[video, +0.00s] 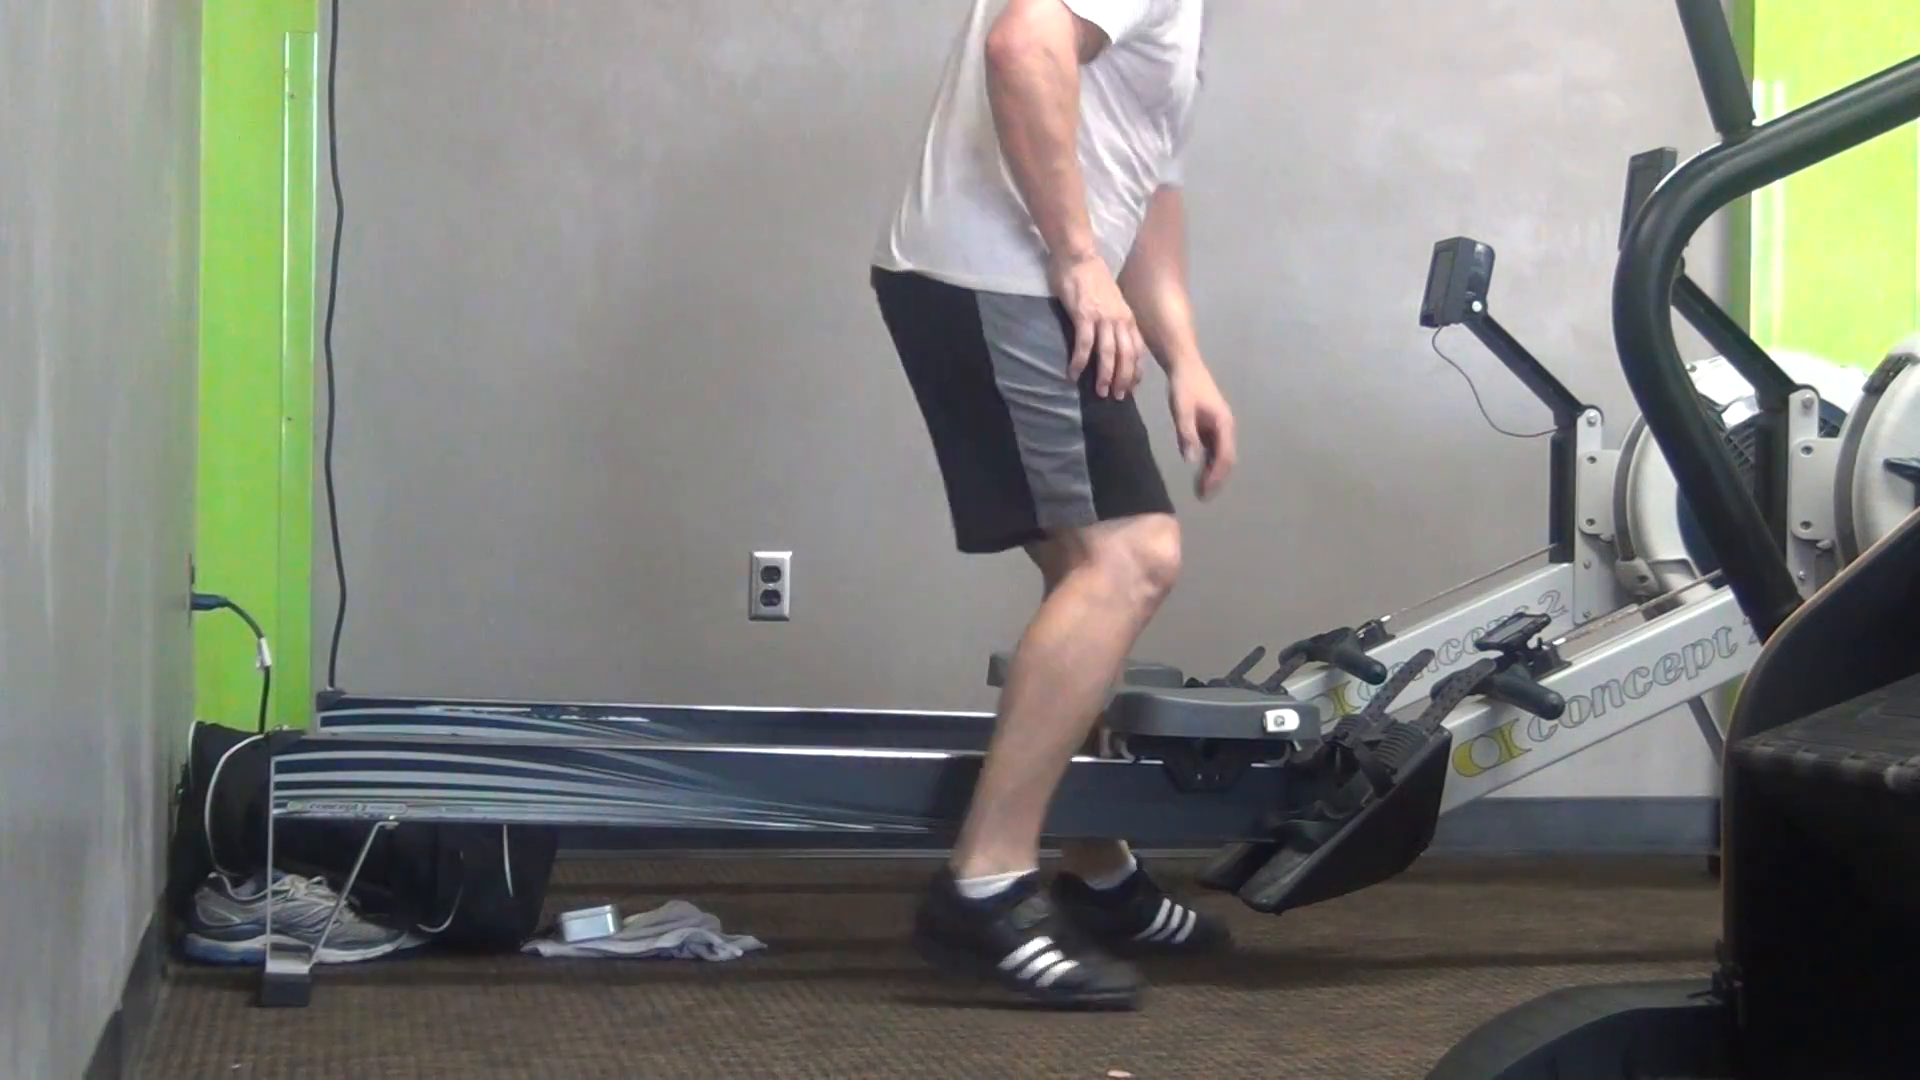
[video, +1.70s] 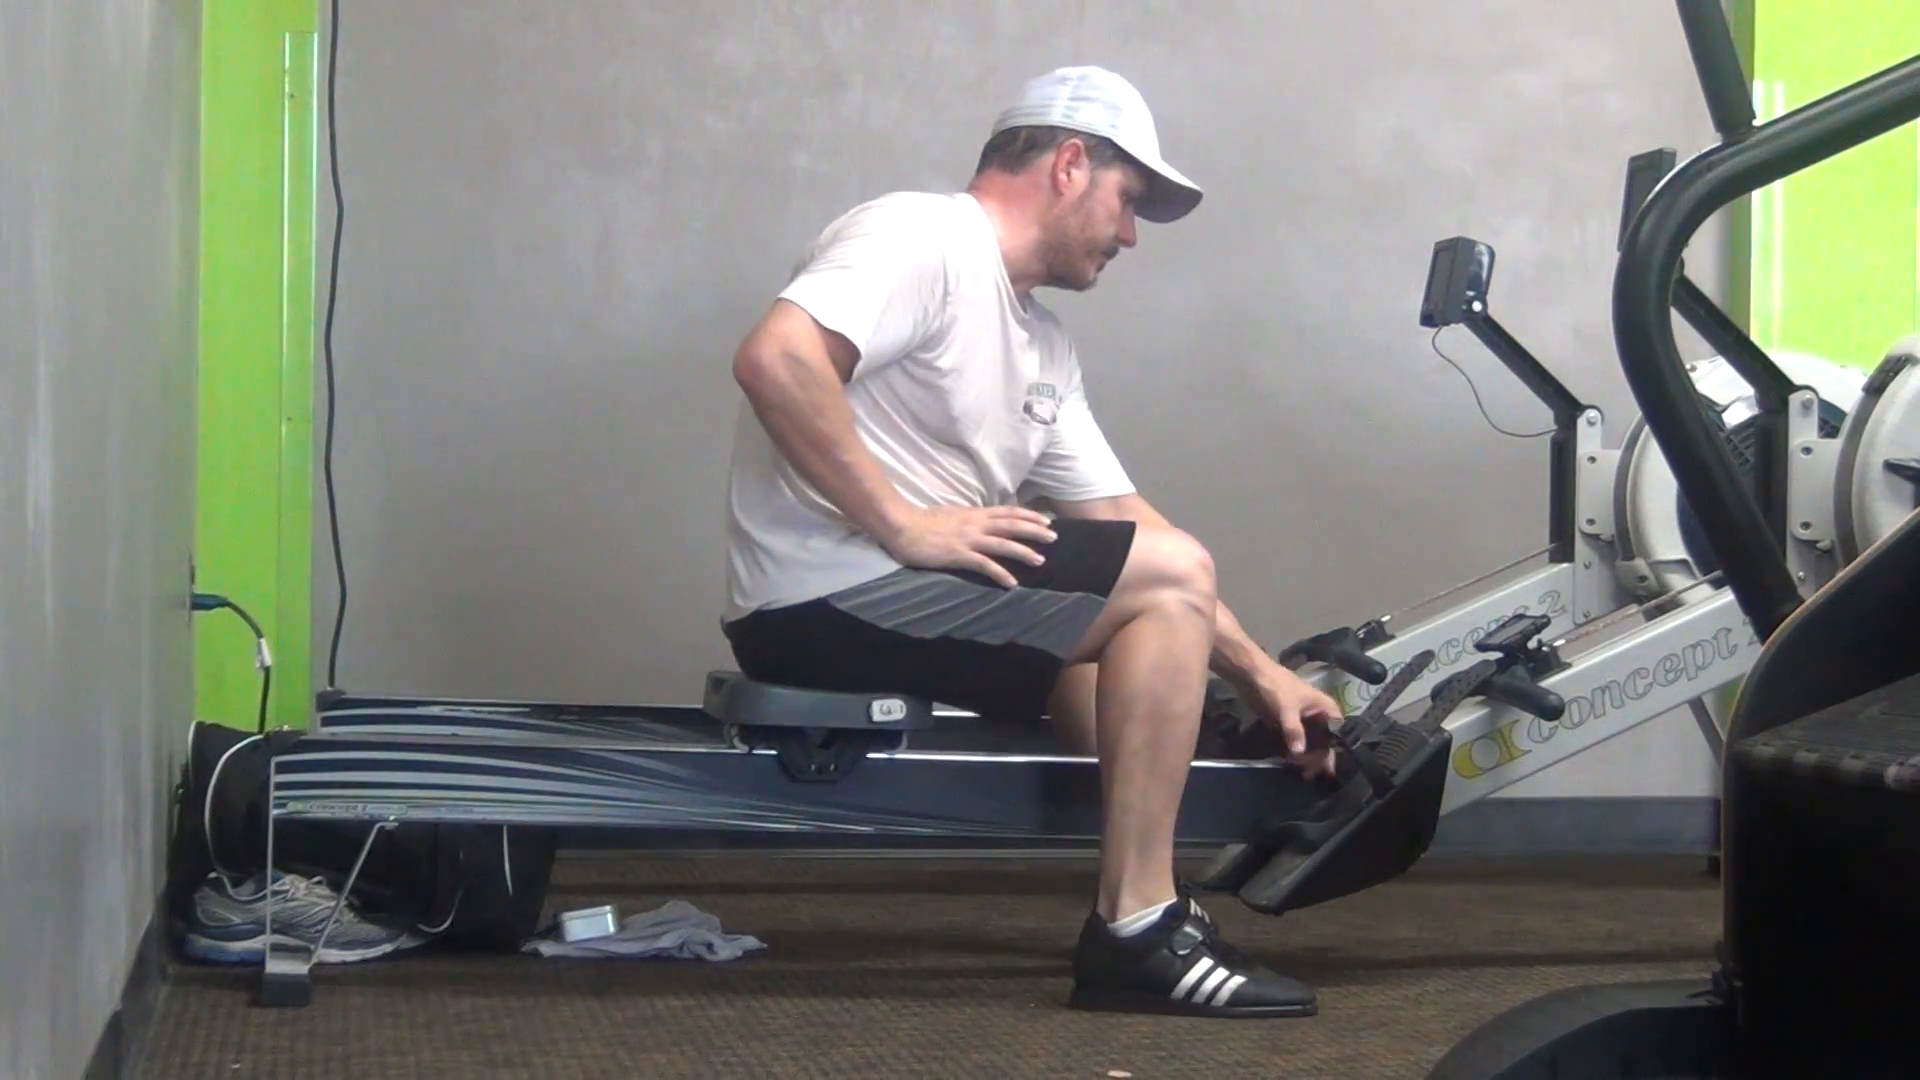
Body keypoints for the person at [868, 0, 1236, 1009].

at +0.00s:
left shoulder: (1171, 21)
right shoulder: (1139, 1)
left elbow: (1150, 192)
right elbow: (1024, 46)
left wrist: (1185, 359)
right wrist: (1080, 259)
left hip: (1018, 269)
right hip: (990, 263)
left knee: (1092, 574)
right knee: (1134, 555)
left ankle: (1086, 866)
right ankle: (985, 885)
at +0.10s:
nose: (1348, 26)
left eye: (1363, 19)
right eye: (1354, 4)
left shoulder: (1222, 79)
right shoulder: (1182, 2)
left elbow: (1206, 256)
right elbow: (1036, 44)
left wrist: (1236, 434)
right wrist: (1065, 261)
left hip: (1008, 276)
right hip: (966, 260)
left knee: (1108, 557)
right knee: (1120, 545)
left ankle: (1094, 888)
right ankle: (1086, 902)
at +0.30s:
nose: (1393, 175)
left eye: (1414, 163)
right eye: (1409, 143)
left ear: (1373, 85)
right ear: (1376, 73)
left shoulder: (1259, 211)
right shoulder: (1240, 49)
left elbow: (1248, 389)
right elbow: (1066, 96)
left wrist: (1279, 572)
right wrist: (1064, 310)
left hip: (1014, 330)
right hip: (963, 305)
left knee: (1148, 577)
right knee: (1152, 568)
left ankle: (1099, 887)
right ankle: (1135, 927)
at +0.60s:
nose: (1384, 254)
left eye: (1404, 243)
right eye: (1400, 224)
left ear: (1357, 157)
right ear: (1366, 153)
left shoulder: (1264, 274)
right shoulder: (1233, 161)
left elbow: (1245, 469)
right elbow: (1074, 222)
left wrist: (1236, 636)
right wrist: (1106, 422)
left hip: (1035, 468)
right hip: (997, 454)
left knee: (1213, 660)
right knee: (1293, 606)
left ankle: (1099, 881)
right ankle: (1145, 928)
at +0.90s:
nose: (1314, 286)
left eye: (1334, 269)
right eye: (1327, 255)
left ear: (1284, 196)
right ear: (1284, 194)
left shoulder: (1201, 306)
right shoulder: (1161, 230)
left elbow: (1201, 510)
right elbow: (1008, 333)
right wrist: (1092, 507)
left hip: (1040, 574)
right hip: (989, 572)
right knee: (1326, 631)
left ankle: (1102, 883)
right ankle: (1148, 925)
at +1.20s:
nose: (1197, 257)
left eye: (1212, 237)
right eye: (1201, 224)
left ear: (1144, 179)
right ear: (1144, 174)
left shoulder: (1087, 301)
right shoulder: (1024, 240)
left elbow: (1150, 502)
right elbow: (887, 376)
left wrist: (1266, 659)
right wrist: (1001, 531)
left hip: (968, 593)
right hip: (910, 597)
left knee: (1220, 677)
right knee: (1263, 600)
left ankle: (1099, 880)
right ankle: (1140, 925)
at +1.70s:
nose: (1133, 234)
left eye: (1141, 211)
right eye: (1130, 199)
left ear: (1067, 172)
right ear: (1067, 166)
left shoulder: (1041, 343)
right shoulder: (922, 234)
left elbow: (1126, 520)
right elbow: (777, 359)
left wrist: (1263, 674)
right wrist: (901, 525)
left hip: (914, 603)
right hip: (817, 596)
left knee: (1164, 628)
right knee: (1181, 567)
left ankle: (1136, 929)